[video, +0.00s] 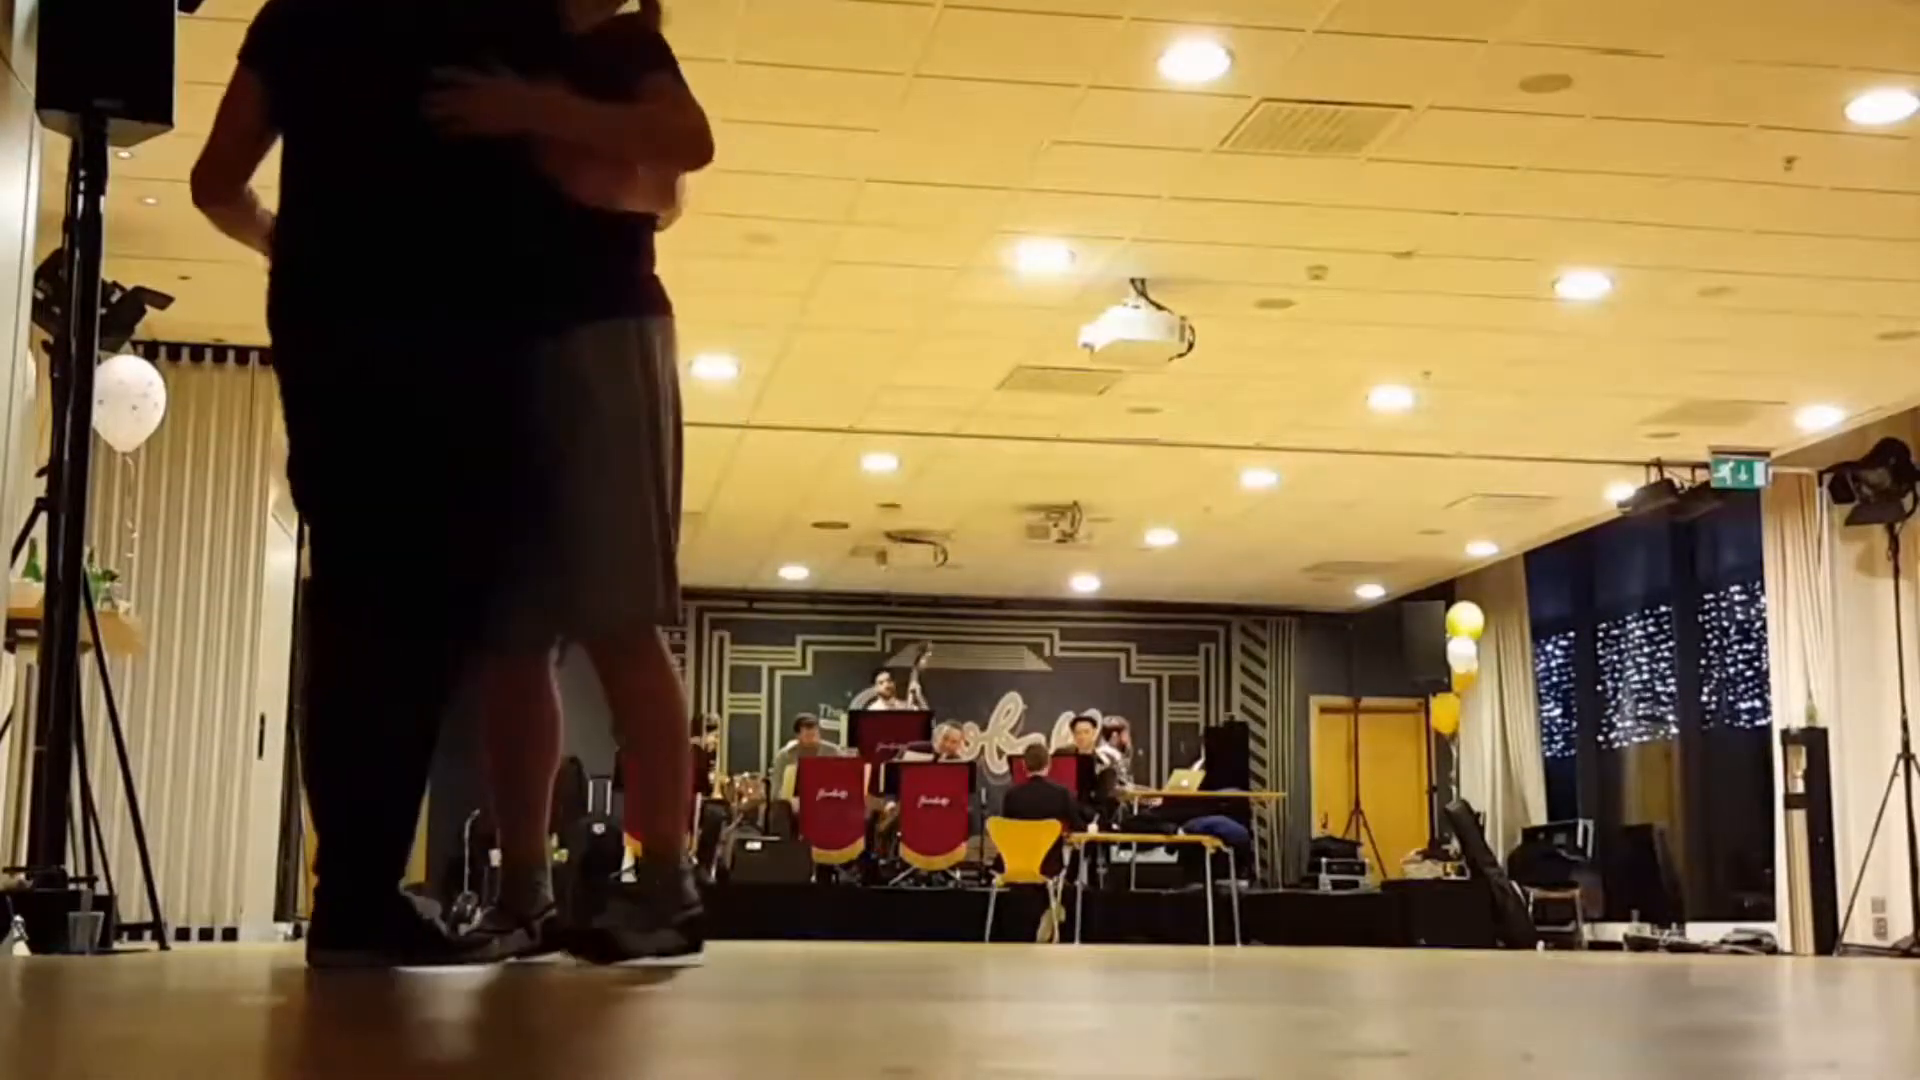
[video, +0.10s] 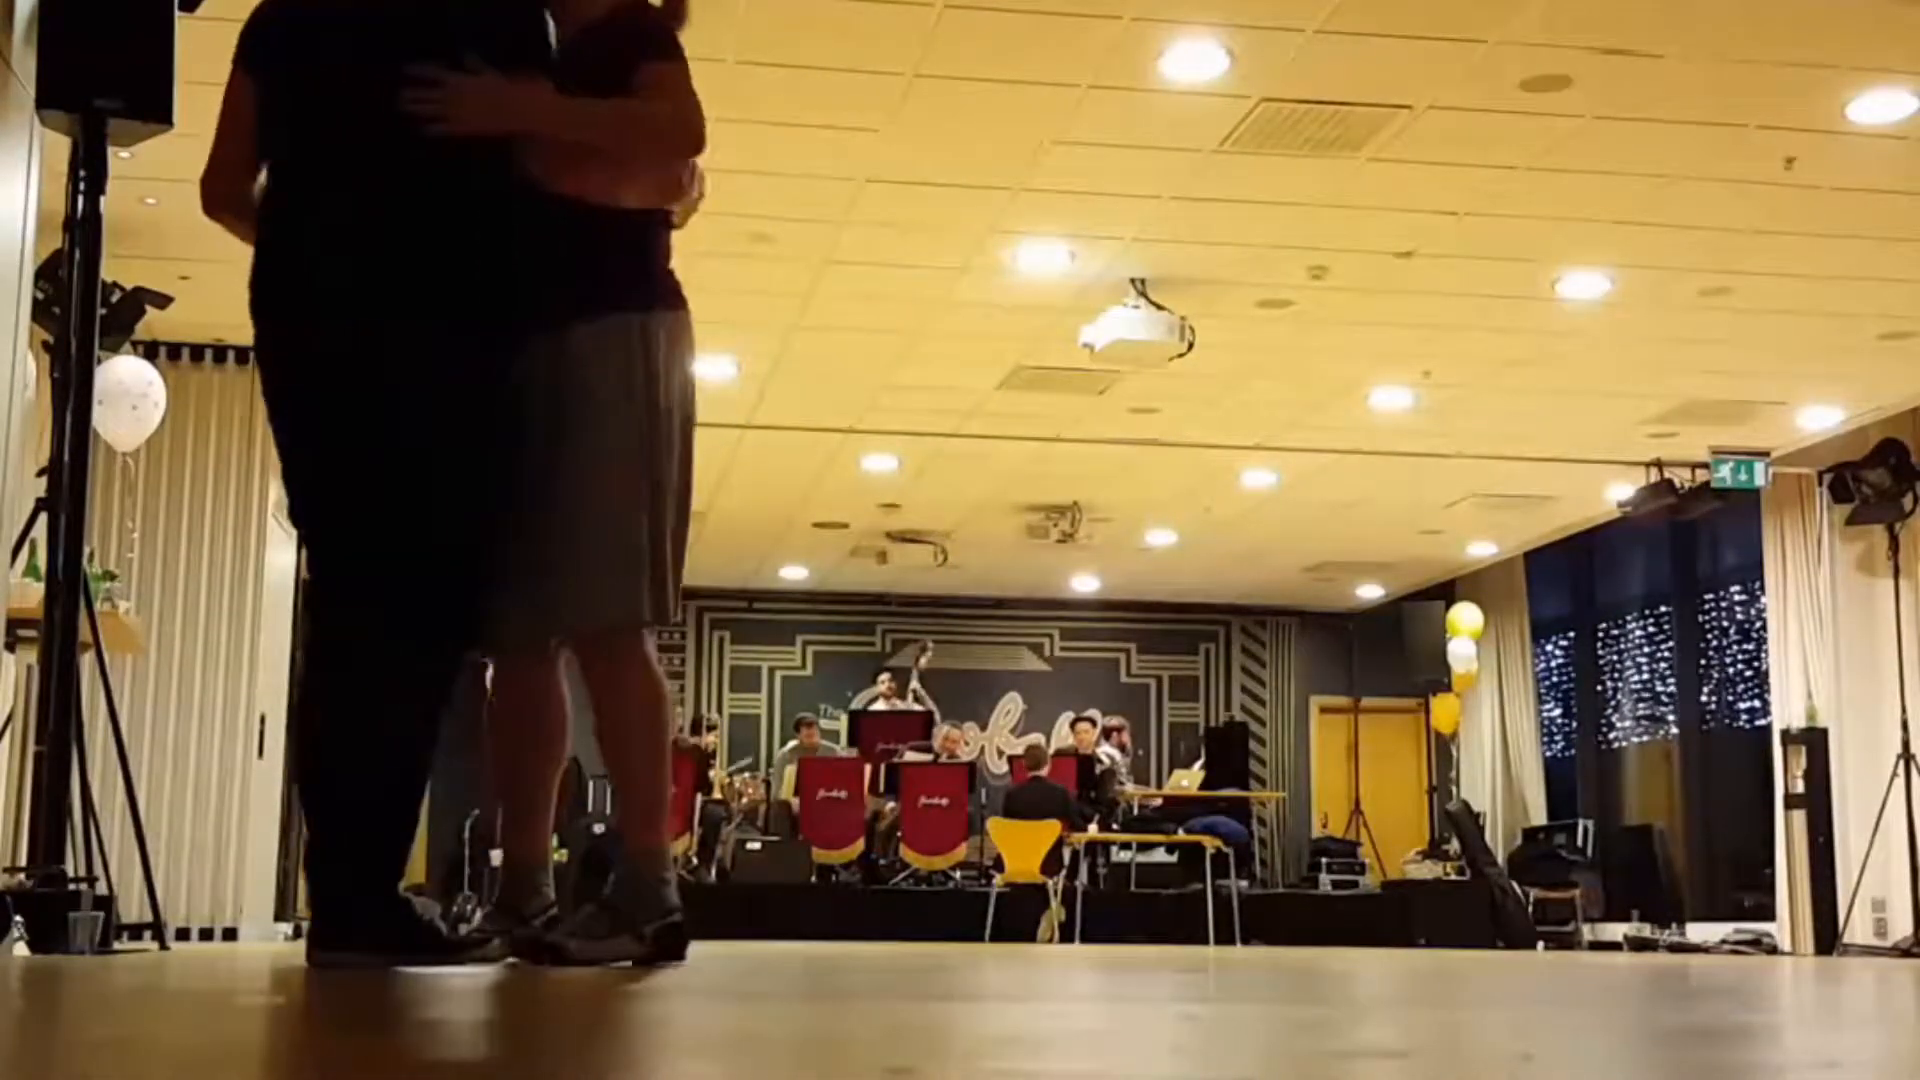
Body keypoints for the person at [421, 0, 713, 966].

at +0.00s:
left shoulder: (612, 33)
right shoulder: (447, 56)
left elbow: (689, 139)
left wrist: (532, 106)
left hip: (599, 338)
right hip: (478, 344)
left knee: (621, 621)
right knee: (509, 633)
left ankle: (664, 888)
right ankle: (524, 896)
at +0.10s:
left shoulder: (626, 22)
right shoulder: (508, 51)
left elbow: (678, 129)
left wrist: (518, 107)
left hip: (611, 334)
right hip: (509, 336)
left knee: (610, 622)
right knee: (518, 630)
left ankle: (647, 896)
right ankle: (523, 896)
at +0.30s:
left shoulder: (653, 22)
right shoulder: (653, 58)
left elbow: (634, 126)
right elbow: (625, 259)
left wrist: (470, 97)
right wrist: (493, 294)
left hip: (644, 335)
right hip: (631, 340)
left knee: (600, 620)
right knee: (593, 622)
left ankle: (642, 899)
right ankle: (633, 895)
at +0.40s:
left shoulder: (660, 8)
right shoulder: (679, 42)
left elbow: (616, 116)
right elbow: (651, 246)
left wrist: (459, 94)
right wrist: (511, 271)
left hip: (659, 321)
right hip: (643, 329)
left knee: (638, 619)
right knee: (630, 621)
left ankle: (647, 899)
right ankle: (761, 830)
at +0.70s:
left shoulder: (620, 4)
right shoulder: (727, 38)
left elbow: (575, 113)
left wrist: (429, 83)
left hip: (638, 312)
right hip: (717, 316)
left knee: (579, 609)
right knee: (676, 619)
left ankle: (658, 867)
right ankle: (762, 850)